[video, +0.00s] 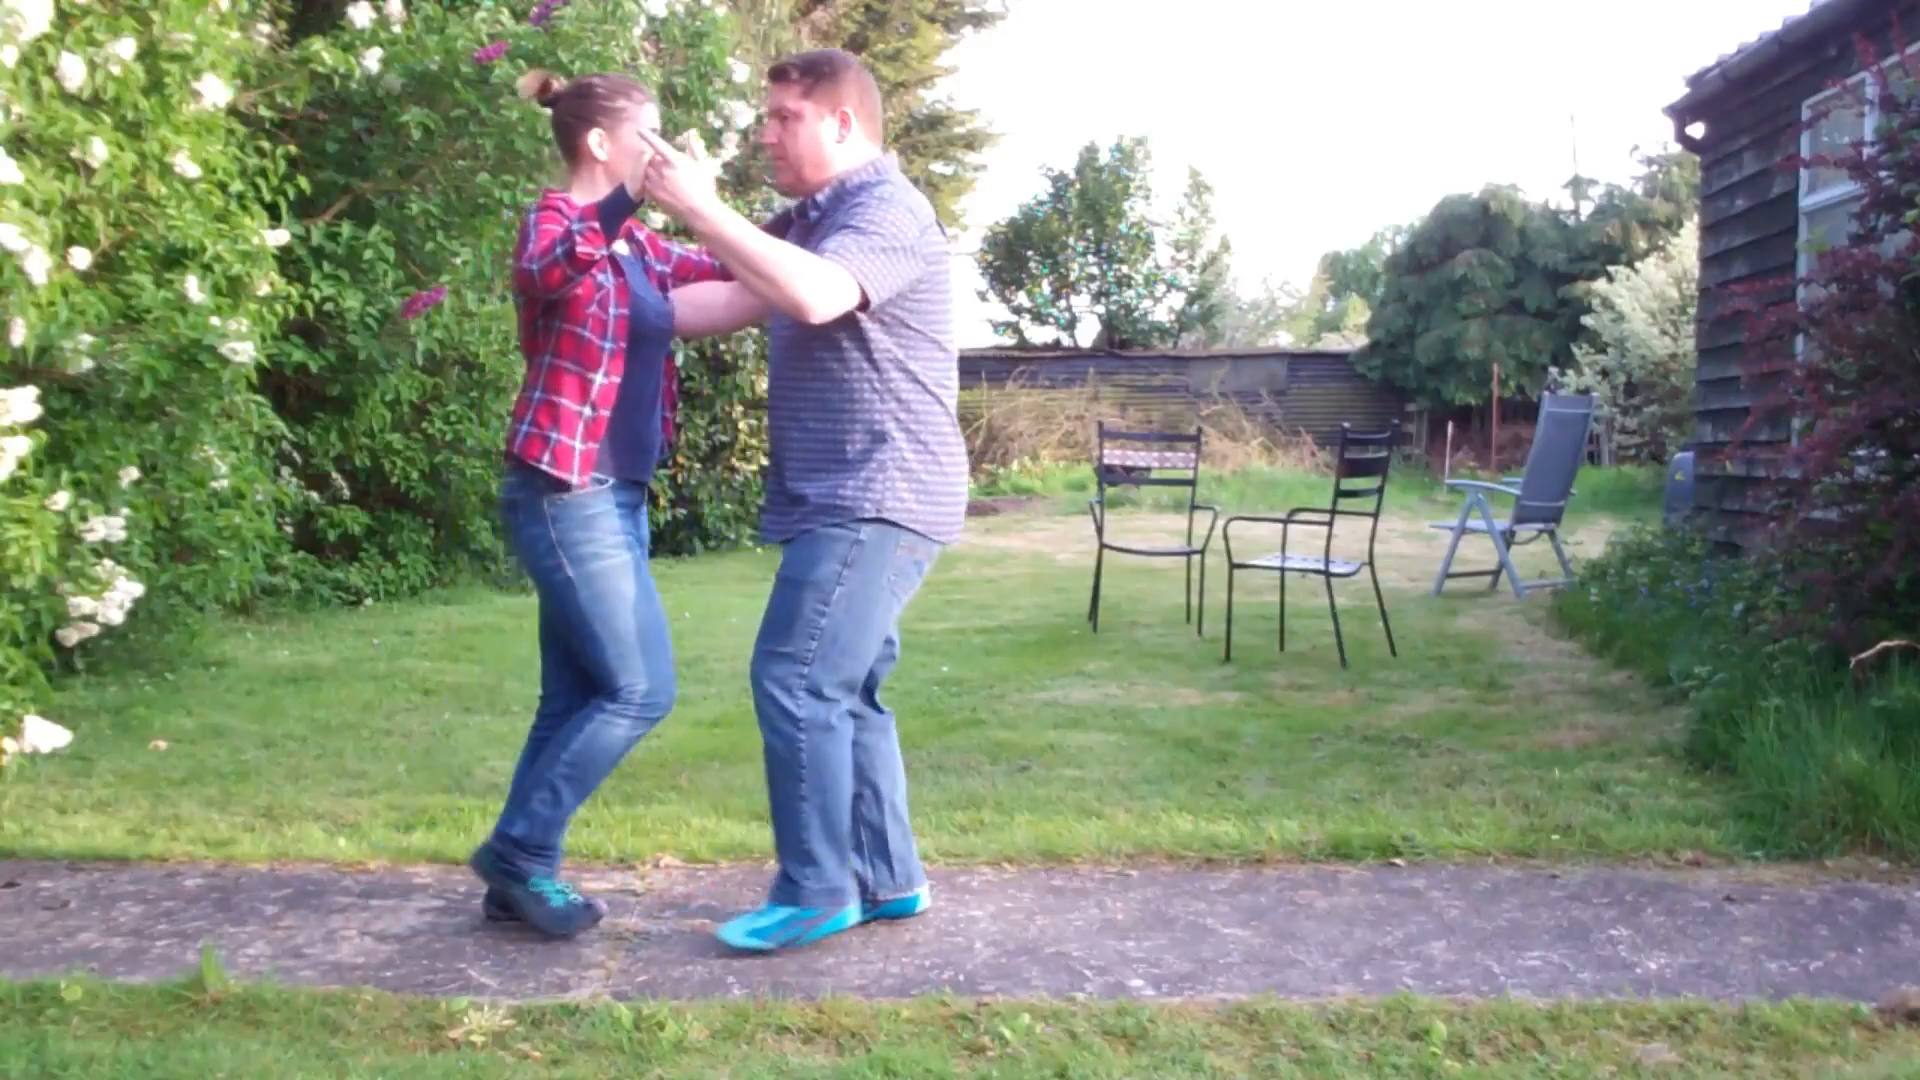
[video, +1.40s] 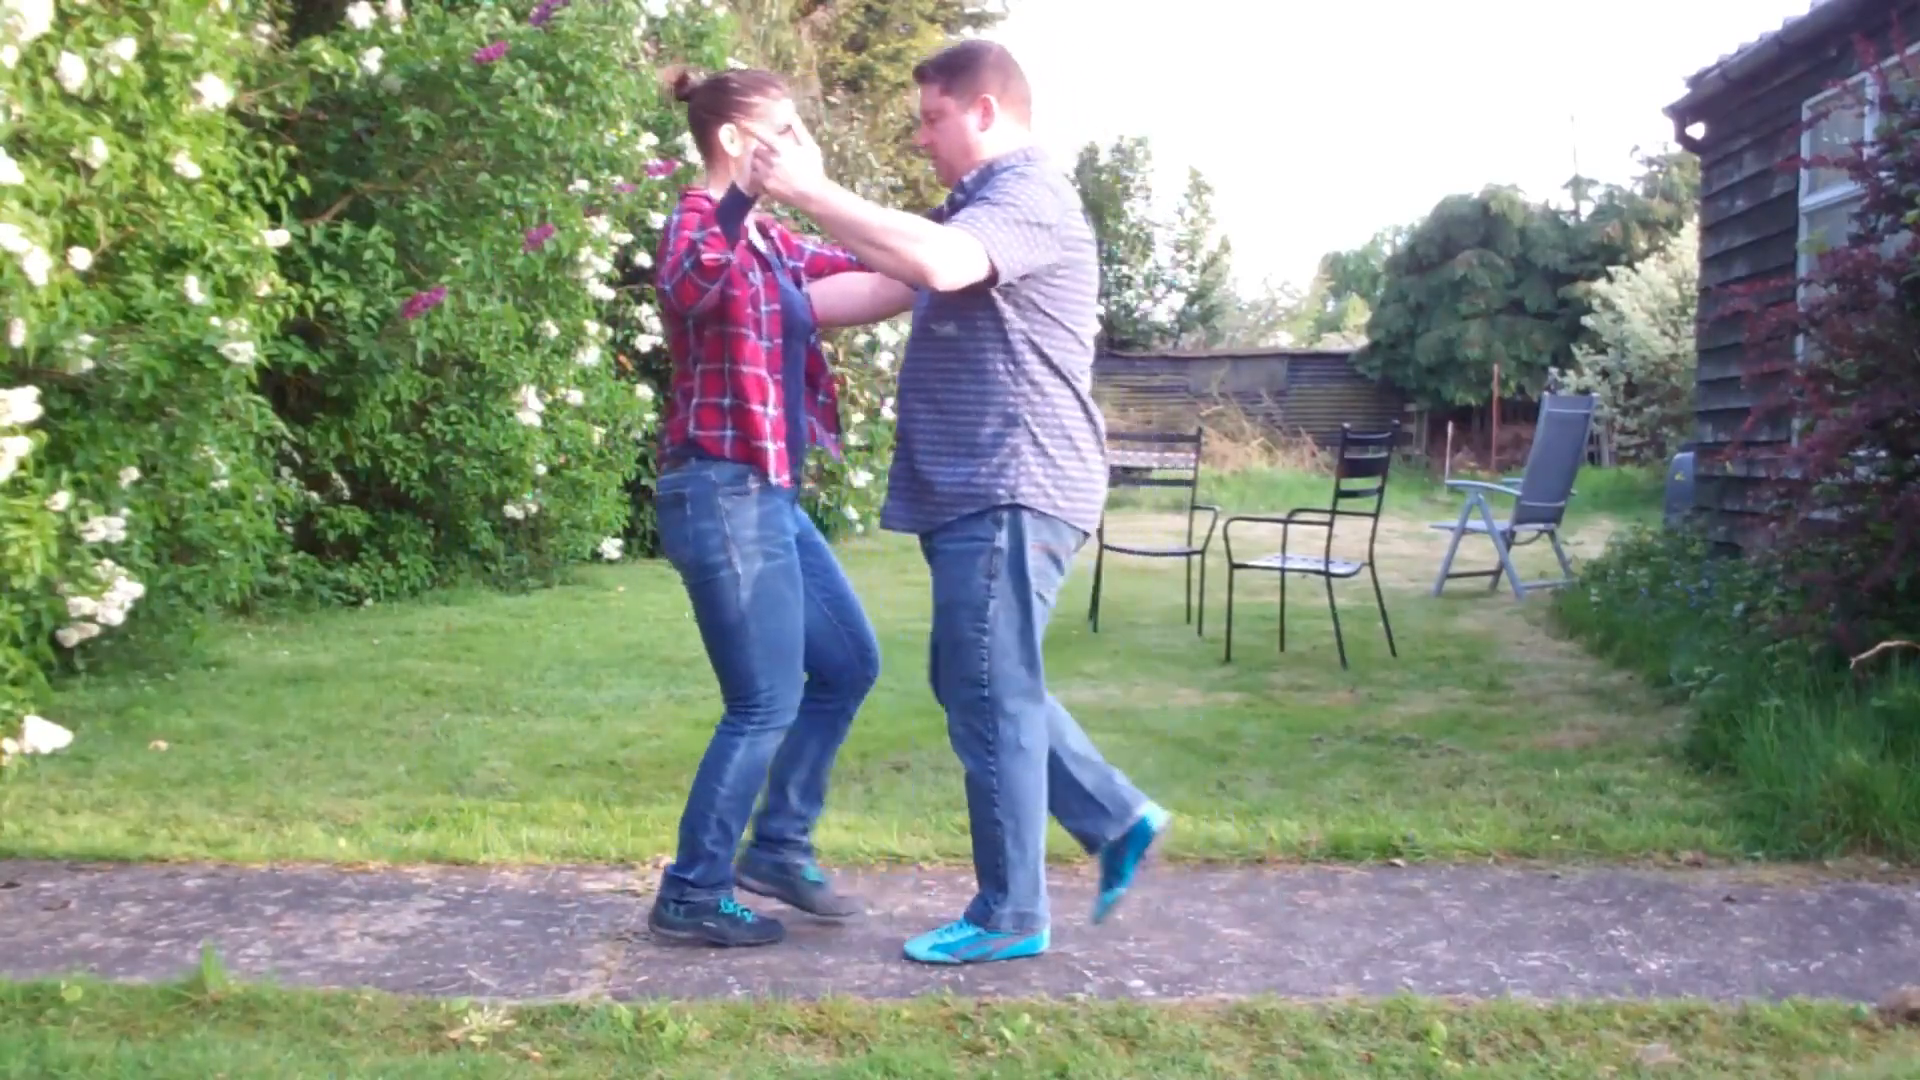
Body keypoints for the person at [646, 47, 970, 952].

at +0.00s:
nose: (764, 135)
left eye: (781, 118)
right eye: (765, 118)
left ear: (839, 121)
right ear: (824, 124)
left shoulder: (886, 208)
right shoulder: (817, 223)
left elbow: (816, 294)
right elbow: (707, 299)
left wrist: (703, 208)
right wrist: (596, 302)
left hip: (883, 495)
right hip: (842, 496)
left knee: (795, 678)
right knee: (850, 687)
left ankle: (817, 891)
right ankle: (887, 874)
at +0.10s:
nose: (793, 131)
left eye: (810, 114)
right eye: (795, 115)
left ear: (869, 119)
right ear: (851, 122)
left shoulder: (909, 208)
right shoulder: (844, 220)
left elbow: (842, 288)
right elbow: (749, 296)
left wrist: (723, 202)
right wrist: (624, 304)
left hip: (908, 496)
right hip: (865, 497)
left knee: (832, 680)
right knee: (854, 686)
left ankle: (928, 873)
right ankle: (879, 878)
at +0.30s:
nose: (856, 127)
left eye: (872, 110)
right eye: (857, 111)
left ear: (929, 116)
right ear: (907, 121)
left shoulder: (966, 200)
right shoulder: (909, 213)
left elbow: (891, 273)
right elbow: (813, 291)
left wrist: (769, 188)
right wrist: (686, 297)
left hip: (971, 495)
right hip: (924, 499)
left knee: (958, 695)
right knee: (898, 684)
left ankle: (1062, 900)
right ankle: (895, 886)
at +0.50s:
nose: (914, 128)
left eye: (928, 111)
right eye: (916, 113)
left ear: (985, 111)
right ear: (978, 114)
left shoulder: (1033, 198)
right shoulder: (969, 214)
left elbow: (948, 268)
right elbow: (870, 292)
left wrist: (827, 188)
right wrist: (739, 308)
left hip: (1029, 499)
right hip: (976, 504)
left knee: (1016, 704)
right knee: (934, 679)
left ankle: (1074, 917)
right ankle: (984, 883)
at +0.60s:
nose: (943, 128)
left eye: (955, 111)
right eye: (945, 113)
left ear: (1010, 110)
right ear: (1005, 114)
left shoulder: (1063, 199)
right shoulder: (994, 213)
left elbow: (978, 268)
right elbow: (896, 289)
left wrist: (856, 189)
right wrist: (764, 312)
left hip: (1048, 499)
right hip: (998, 503)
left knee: (1028, 703)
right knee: (964, 682)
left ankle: (1070, 920)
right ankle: (1093, 846)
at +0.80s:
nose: (988, 124)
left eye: (1000, 105)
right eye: (990, 106)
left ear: (1052, 106)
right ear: (1055, 108)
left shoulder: (1100, 195)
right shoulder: (1040, 208)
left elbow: (1022, 264)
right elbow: (935, 288)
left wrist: (898, 185)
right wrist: (802, 308)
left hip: (1079, 494)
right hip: (1046, 495)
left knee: (1055, 709)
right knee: (1101, 699)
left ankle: (1071, 921)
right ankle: (1215, 869)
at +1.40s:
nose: (922, 138)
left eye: (931, 119)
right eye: (920, 122)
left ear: (985, 110)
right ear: (982, 114)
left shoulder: (1027, 192)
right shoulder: (976, 208)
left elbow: (944, 260)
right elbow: (871, 286)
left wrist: (812, 191)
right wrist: (743, 299)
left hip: (1014, 486)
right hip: (972, 489)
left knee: (992, 694)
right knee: (967, 681)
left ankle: (1011, 913)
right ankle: (1115, 817)